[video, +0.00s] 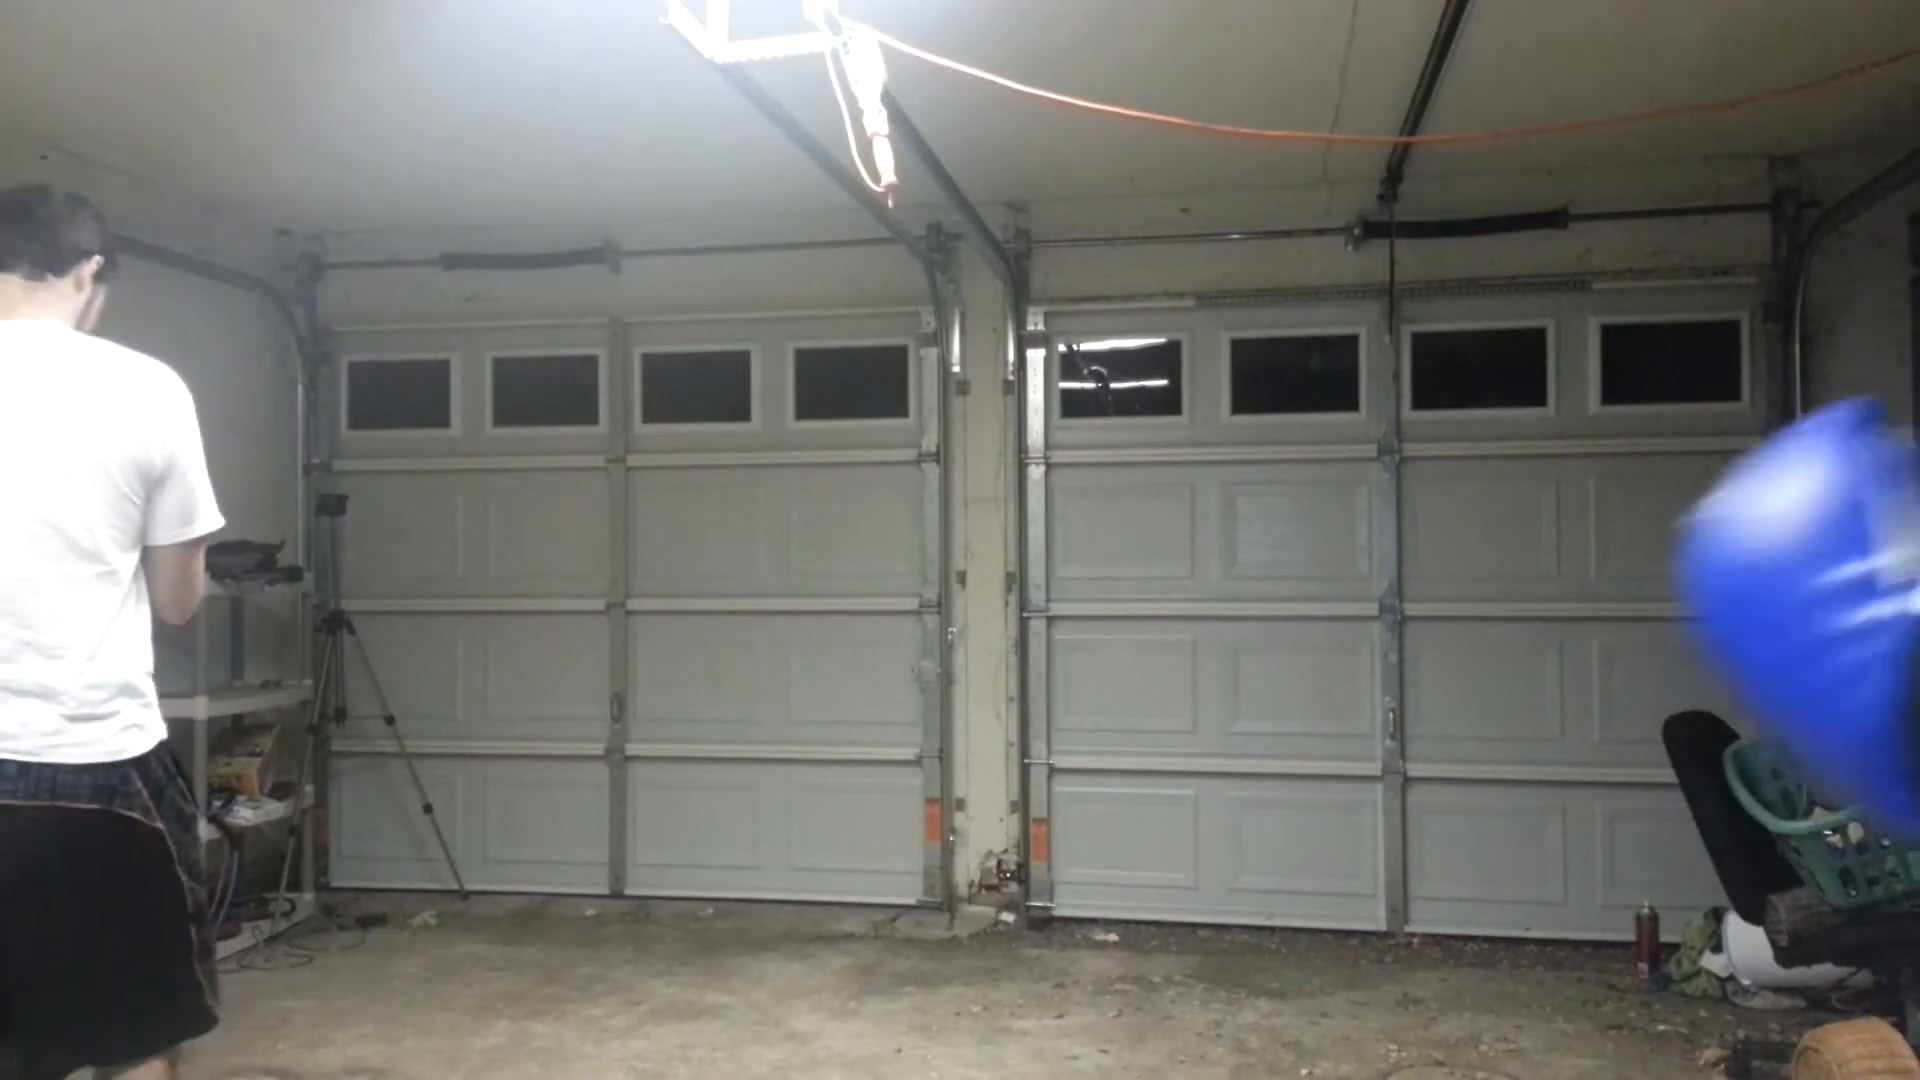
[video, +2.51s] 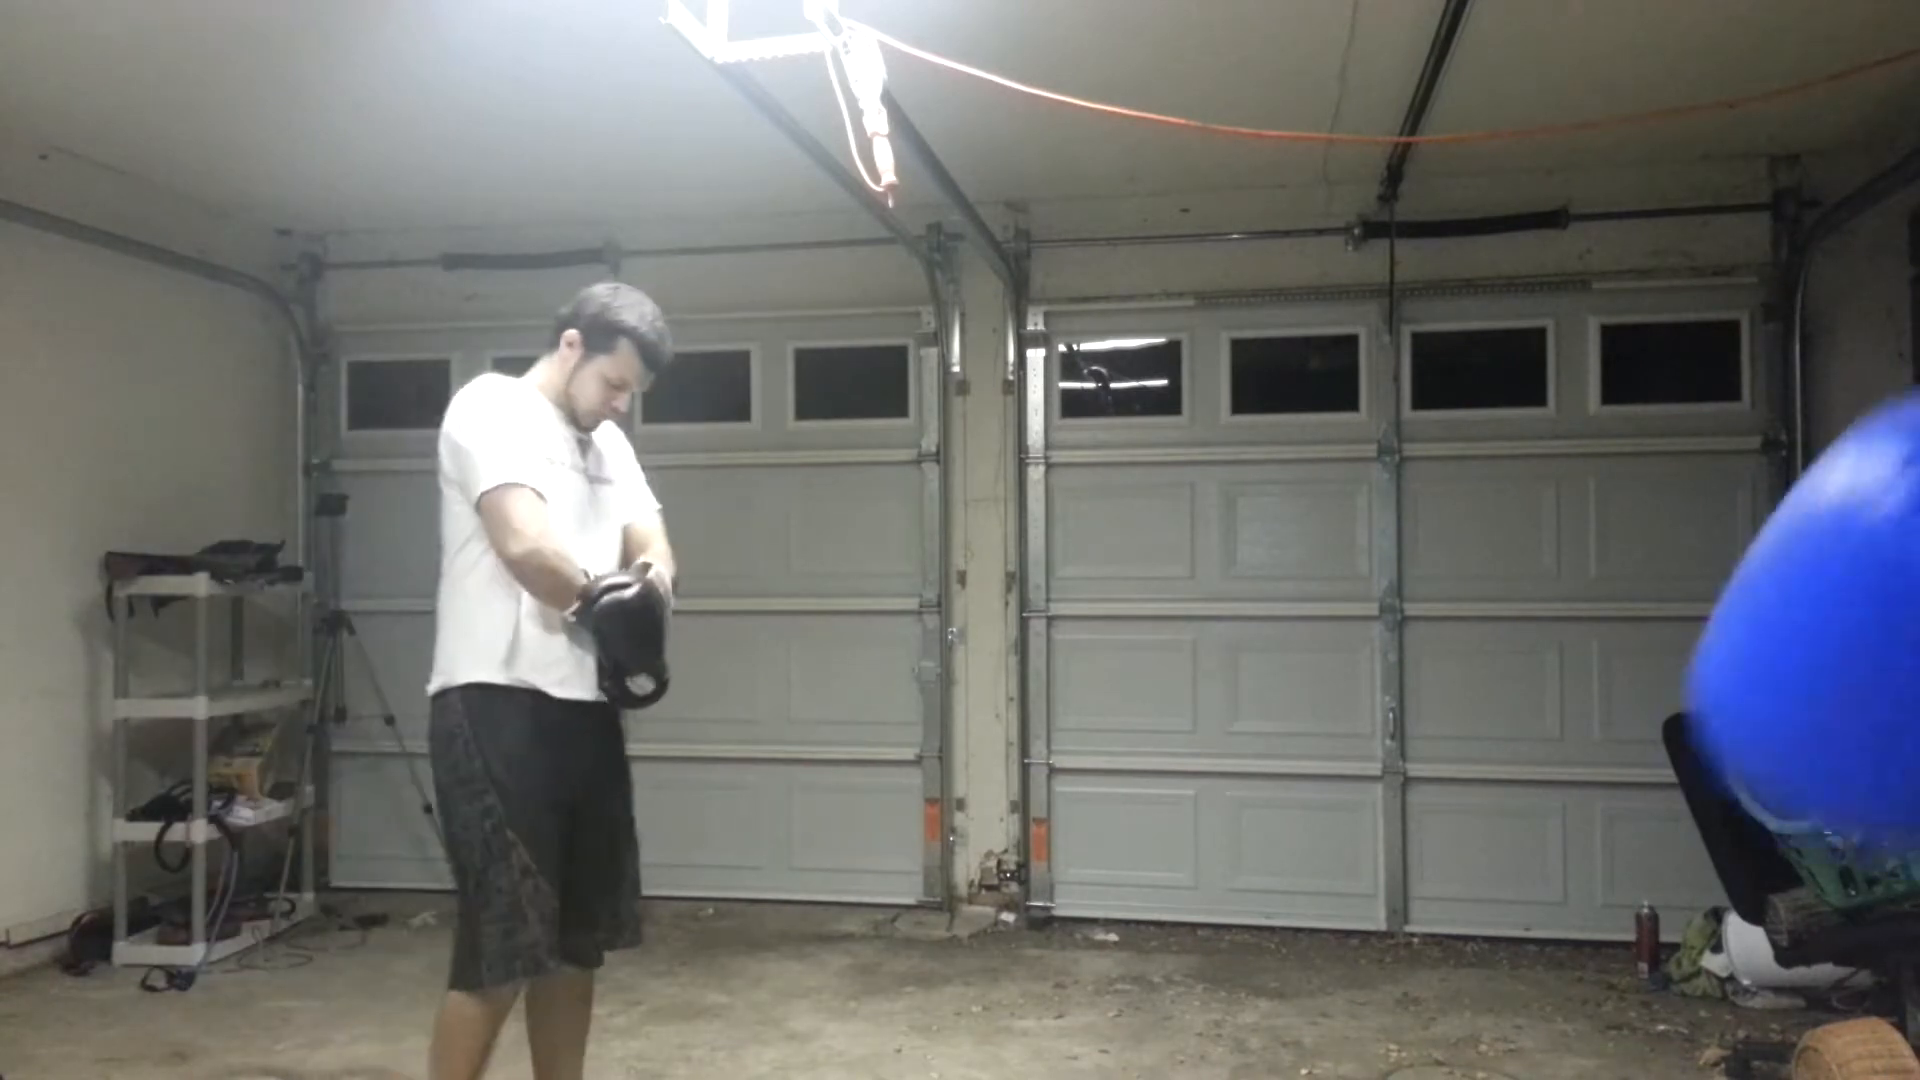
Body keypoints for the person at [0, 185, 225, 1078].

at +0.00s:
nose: (96, 304)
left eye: (99, 291)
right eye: (102, 287)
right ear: (90, 275)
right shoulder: (144, 388)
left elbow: (175, 602)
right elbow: (179, 603)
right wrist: (191, 555)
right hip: (93, 780)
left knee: (17, 1048)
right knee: (142, 1044)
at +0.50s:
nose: (246, 379)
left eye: (256, 366)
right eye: (254, 362)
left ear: (157, 316)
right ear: (231, 329)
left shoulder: (27, 408)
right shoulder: (245, 415)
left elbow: (8, 579)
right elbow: (251, 607)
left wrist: (69, 656)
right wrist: (206, 683)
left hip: (26, 756)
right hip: (163, 762)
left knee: (67, 1008)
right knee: (154, 1025)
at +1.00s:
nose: (294, 408)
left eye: (306, 394)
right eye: (300, 387)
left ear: (232, 342)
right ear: (265, 344)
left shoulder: (120, 430)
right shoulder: (236, 403)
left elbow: (128, 574)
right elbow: (264, 584)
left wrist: (272, 578)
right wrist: (291, 624)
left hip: (115, 726)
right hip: (204, 728)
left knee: (143, 965)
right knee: (269, 965)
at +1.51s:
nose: (405, 421)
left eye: (417, 410)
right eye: (406, 398)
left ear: (356, 358)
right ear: (362, 353)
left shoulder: (286, 415)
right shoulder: (310, 424)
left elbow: (311, 590)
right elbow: (335, 598)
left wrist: (406, 564)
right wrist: (425, 667)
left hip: (253, 727)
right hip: (298, 732)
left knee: (233, 962)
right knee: (324, 972)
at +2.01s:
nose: (524, 425)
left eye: (535, 413)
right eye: (526, 404)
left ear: (477, 362)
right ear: (481, 359)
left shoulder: (436, 422)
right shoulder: (410, 415)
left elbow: (429, 580)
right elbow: (437, 594)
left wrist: (512, 561)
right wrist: (523, 648)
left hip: (434, 729)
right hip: (378, 734)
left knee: (482, 952)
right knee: (367, 990)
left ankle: (498, 1070)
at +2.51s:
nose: (620, 407)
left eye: (632, 394)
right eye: (614, 384)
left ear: (635, 384)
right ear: (569, 347)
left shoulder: (610, 442)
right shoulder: (489, 405)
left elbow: (653, 551)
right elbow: (523, 546)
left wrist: (644, 589)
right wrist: (599, 605)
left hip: (584, 706)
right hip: (491, 701)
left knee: (575, 940)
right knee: (505, 933)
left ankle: (561, 1078)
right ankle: (450, 1070)